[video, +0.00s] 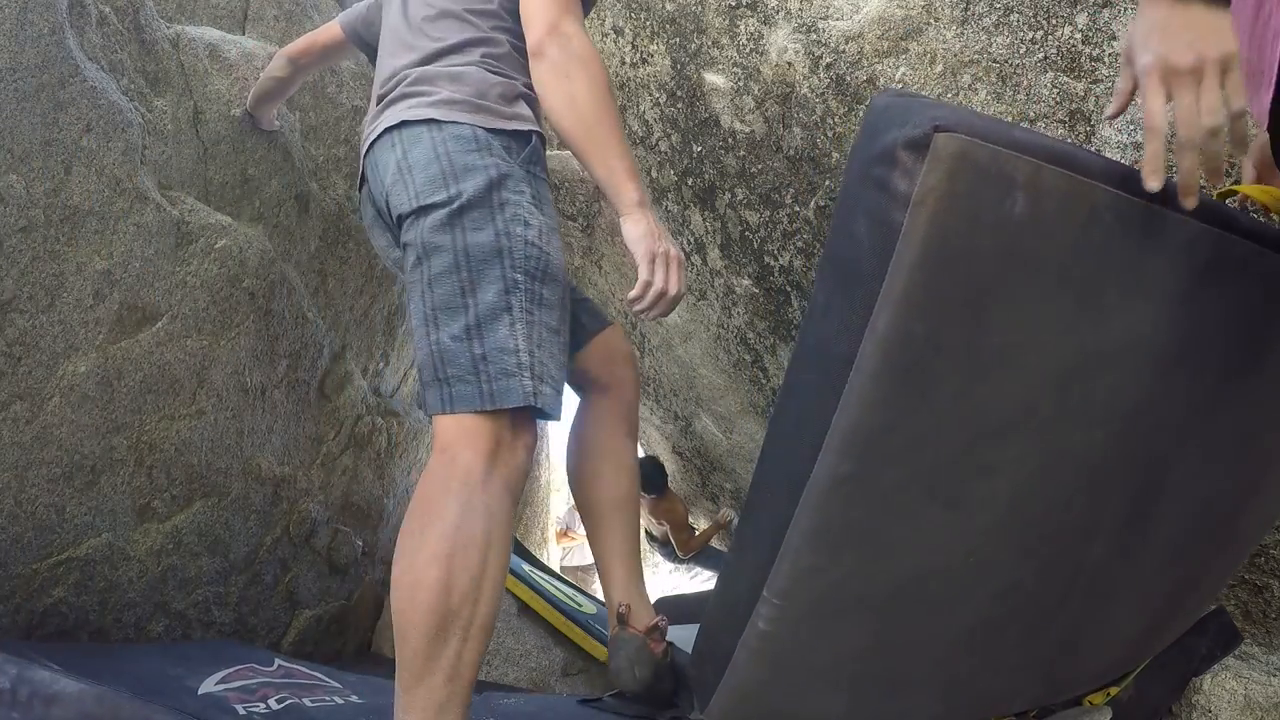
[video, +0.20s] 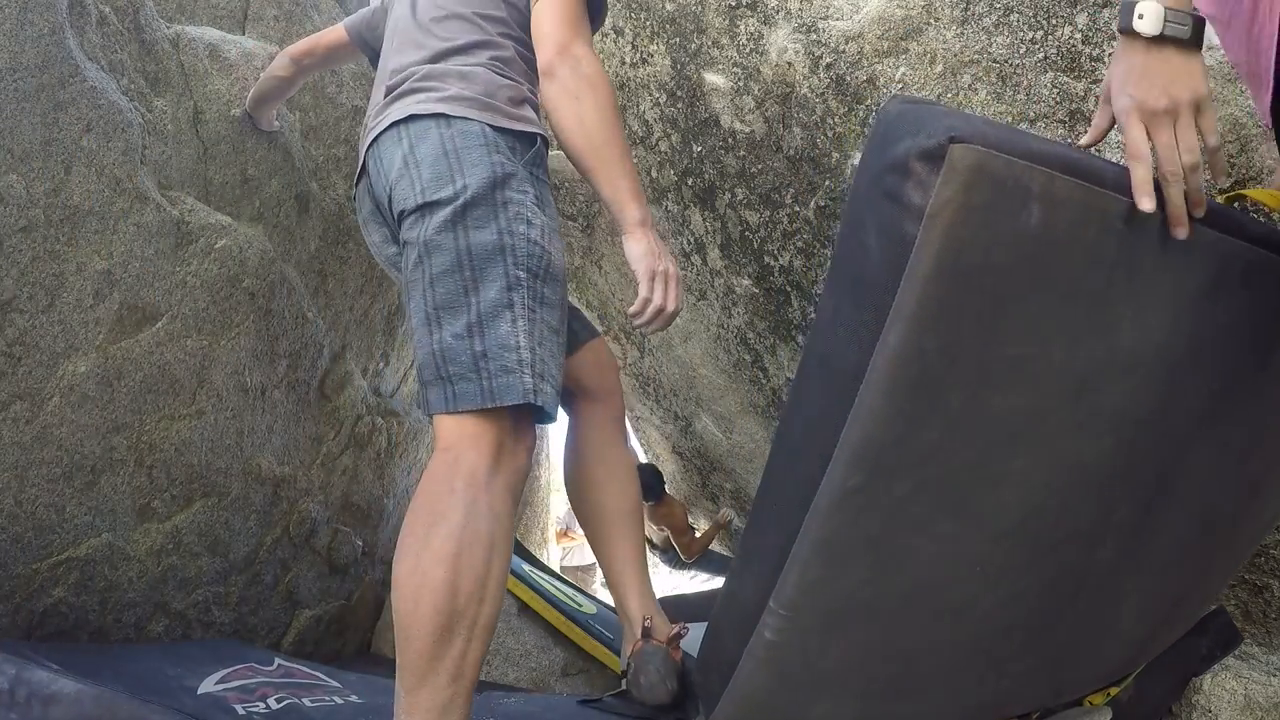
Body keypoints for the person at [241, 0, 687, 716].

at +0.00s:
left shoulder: (405, 6)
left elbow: (296, 52)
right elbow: (551, 40)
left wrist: (258, 107)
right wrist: (635, 207)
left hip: (391, 159)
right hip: (462, 143)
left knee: (609, 366)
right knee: (484, 440)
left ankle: (635, 631)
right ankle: (425, 708)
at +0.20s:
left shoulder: (414, 9)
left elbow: (298, 53)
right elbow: (563, 62)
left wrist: (258, 108)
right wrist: (639, 223)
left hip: (383, 165)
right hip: (463, 142)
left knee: (592, 373)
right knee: (483, 439)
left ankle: (646, 631)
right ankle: (427, 708)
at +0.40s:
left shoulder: (415, 12)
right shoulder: (547, 3)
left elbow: (308, 49)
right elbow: (569, 79)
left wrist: (258, 106)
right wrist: (644, 235)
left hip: (377, 168)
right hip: (460, 138)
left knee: (584, 375)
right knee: (485, 434)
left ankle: (646, 633)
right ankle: (429, 709)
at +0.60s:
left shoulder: (419, 10)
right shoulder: (559, 2)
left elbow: (321, 45)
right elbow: (609, 65)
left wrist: (263, 98)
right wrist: (718, 212)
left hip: (367, 161)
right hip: (451, 137)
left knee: (574, 372)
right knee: (485, 435)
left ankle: (636, 639)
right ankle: (430, 708)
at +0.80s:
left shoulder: (420, 14)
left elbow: (332, 41)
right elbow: (599, 17)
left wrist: (267, 92)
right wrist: (722, 155)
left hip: (353, 144)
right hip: (418, 132)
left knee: (544, 377)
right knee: (453, 434)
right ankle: (422, 708)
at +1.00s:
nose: (609, 13)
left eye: (612, 13)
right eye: (609, 6)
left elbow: (324, 26)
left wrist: (273, 92)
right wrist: (577, 82)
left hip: (362, 128)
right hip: (379, 125)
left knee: (435, 424)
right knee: (420, 428)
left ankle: (171, 558)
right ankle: (411, 708)